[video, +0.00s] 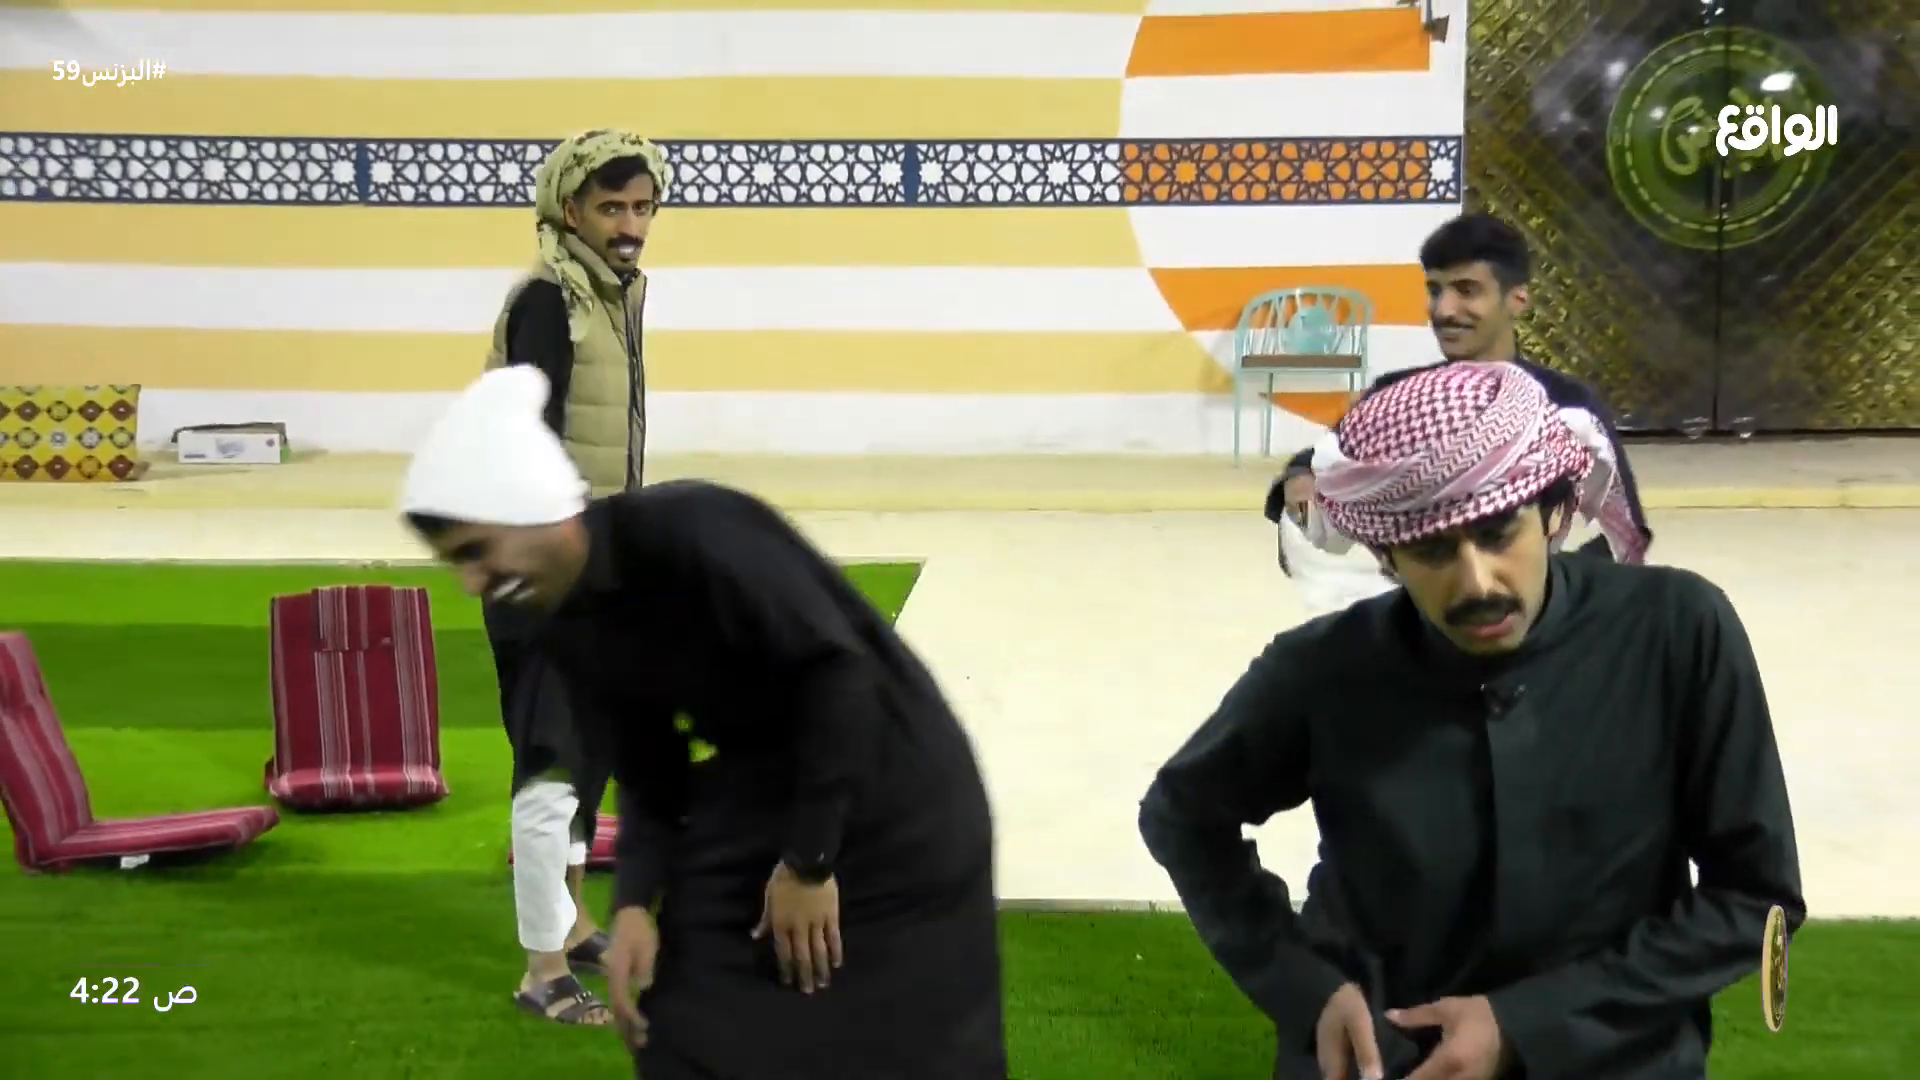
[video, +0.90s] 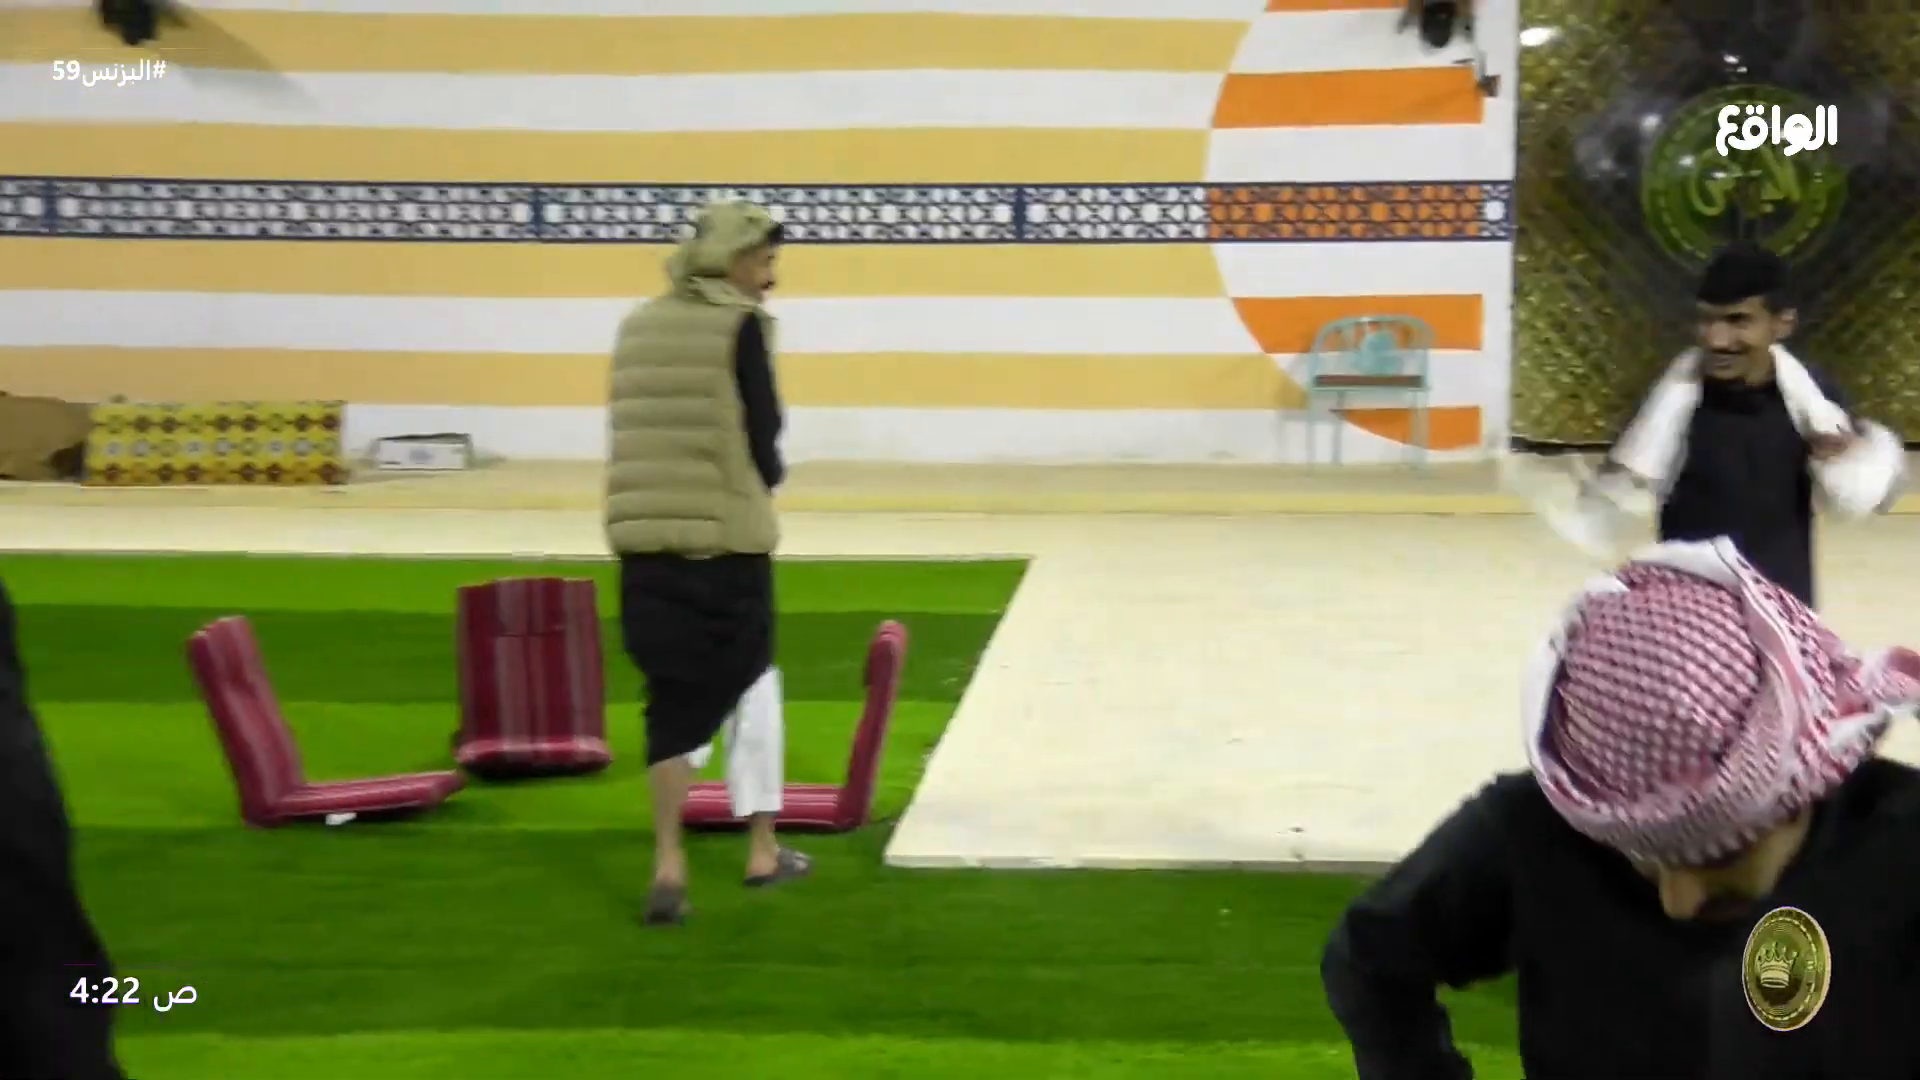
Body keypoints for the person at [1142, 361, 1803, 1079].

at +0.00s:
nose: (1477, 580)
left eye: (1499, 531)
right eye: (1433, 550)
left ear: (1555, 514)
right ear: (1387, 555)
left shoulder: (1682, 632)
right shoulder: (1321, 677)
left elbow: (1754, 899)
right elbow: (1185, 812)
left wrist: (1521, 1024)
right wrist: (1309, 994)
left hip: (1621, 1058)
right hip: (1380, 1062)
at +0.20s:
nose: (1512, 597)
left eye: (1538, 549)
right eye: (1466, 560)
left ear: (1595, 532)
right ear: (1416, 558)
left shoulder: (1716, 660)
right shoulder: (1337, 689)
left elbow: (1805, 935)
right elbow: (1180, 834)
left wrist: (1551, 1064)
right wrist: (1332, 1027)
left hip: (1651, 1064)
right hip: (1414, 1068)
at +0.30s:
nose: (1533, 652)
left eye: (1560, 605)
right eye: (1490, 618)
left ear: (1615, 578)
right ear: (1440, 600)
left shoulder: (1744, 698)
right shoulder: (1356, 719)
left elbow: (1825, 979)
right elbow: (1191, 858)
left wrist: (1633, 1069)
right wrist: (1346, 1049)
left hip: (1661, 1057)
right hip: (1435, 1063)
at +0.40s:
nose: (1564, 742)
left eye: (1600, 698)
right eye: (1525, 703)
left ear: (1656, 640)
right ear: (1474, 662)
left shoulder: (1796, 743)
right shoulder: (1395, 746)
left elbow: (1861, 1032)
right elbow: (1231, 887)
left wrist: (1741, 1068)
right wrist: (1361, 1070)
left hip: (1704, 1063)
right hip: (1470, 1063)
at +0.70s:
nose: (1597, 806)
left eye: (1639, 766)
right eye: (1560, 765)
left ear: (1718, 697)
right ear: (1519, 710)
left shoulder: (1870, 768)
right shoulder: (1445, 758)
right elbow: (1303, 888)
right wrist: (1399, 1069)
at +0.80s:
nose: (1647, 857)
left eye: (1687, 813)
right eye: (1613, 815)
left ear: (1768, 744)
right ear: (1562, 764)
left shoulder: (1893, 799)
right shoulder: (1496, 799)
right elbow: (1359, 919)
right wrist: (1420, 1068)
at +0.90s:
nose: (1680, 901)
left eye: (1724, 857)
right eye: (1643, 857)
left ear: (1807, 794)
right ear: (1594, 807)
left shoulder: (1901, 840)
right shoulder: (1531, 836)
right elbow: (1370, 961)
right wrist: (1427, 1068)